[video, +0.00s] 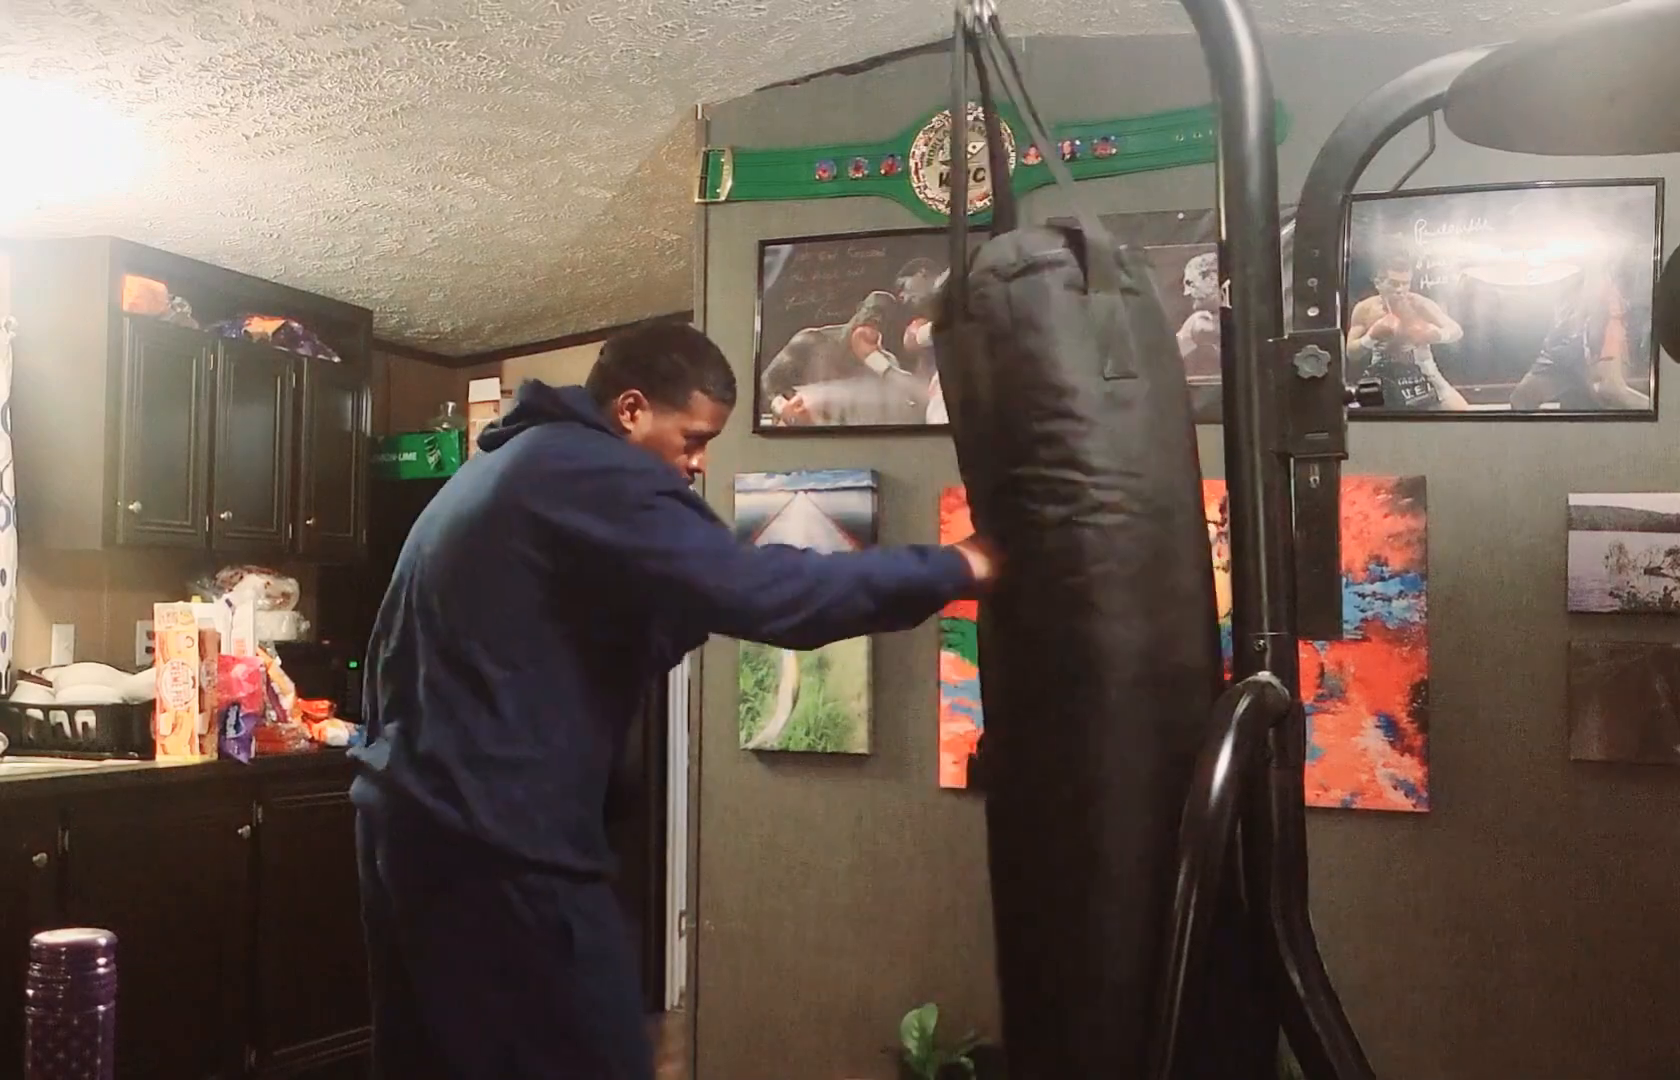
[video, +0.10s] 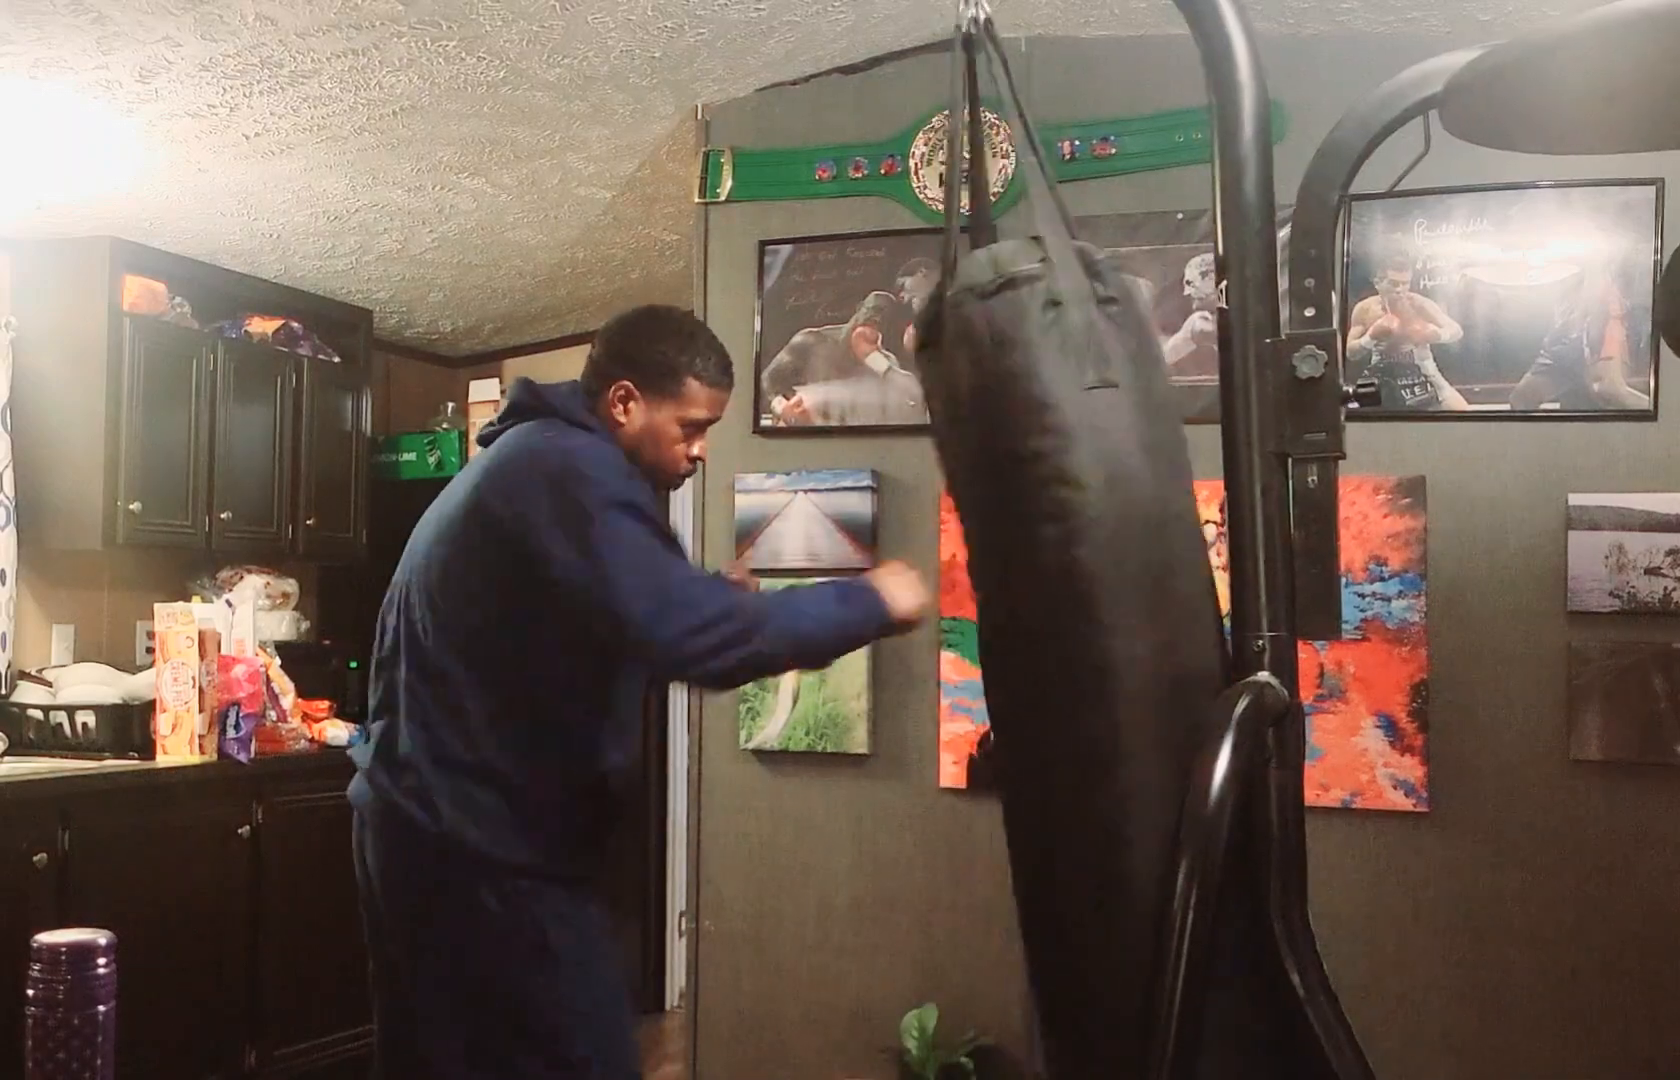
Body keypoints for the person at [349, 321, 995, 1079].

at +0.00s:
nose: (697, 467)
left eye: (704, 448)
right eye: (692, 442)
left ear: (620, 412)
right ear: (630, 410)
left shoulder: (507, 463)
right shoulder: (594, 476)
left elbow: (608, 659)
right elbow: (772, 593)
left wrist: (745, 563)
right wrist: (958, 565)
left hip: (408, 824)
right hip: (506, 841)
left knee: (434, 1055)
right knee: (597, 1056)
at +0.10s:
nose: (698, 453)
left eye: (705, 432)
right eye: (691, 429)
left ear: (621, 403)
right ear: (624, 404)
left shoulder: (534, 457)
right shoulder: (571, 468)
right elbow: (682, 632)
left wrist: (707, 596)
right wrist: (867, 601)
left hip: (428, 820)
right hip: (479, 837)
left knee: (451, 1052)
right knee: (580, 1051)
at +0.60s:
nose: (703, 440)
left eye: (715, 420)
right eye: (704, 413)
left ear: (640, 376)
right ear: (647, 379)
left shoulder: (508, 458)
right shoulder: (558, 482)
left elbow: (640, 617)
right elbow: (705, 673)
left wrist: (765, 539)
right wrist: (745, 496)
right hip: (499, 867)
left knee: (456, 1063)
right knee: (577, 1062)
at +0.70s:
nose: (704, 441)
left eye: (714, 417)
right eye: (707, 410)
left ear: (622, 372)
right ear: (663, 377)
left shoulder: (491, 442)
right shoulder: (608, 472)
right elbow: (783, 625)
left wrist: (716, 506)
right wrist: (761, 446)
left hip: (403, 828)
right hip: (511, 857)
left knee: (423, 1061)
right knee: (572, 1061)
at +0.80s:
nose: (692, 439)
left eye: (703, 421)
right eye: (700, 416)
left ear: (610, 373)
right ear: (659, 385)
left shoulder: (464, 436)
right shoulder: (641, 467)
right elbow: (817, 592)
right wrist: (769, 429)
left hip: (379, 819)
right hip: (518, 842)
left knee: (407, 1058)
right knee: (567, 1062)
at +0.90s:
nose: (681, 460)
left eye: (692, 445)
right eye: (686, 439)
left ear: (603, 387)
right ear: (643, 397)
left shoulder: (445, 444)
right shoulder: (630, 468)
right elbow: (801, 604)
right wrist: (770, 445)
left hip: (368, 831)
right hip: (519, 850)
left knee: (387, 1063)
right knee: (560, 1062)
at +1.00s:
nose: (663, 476)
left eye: (673, 461)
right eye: (669, 455)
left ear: (581, 403)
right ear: (628, 414)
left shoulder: (431, 461)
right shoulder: (609, 481)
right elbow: (796, 605)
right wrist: (748, 455)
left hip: (351, 839)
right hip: (499, 857)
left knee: (385, 1064)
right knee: (559, 1061)